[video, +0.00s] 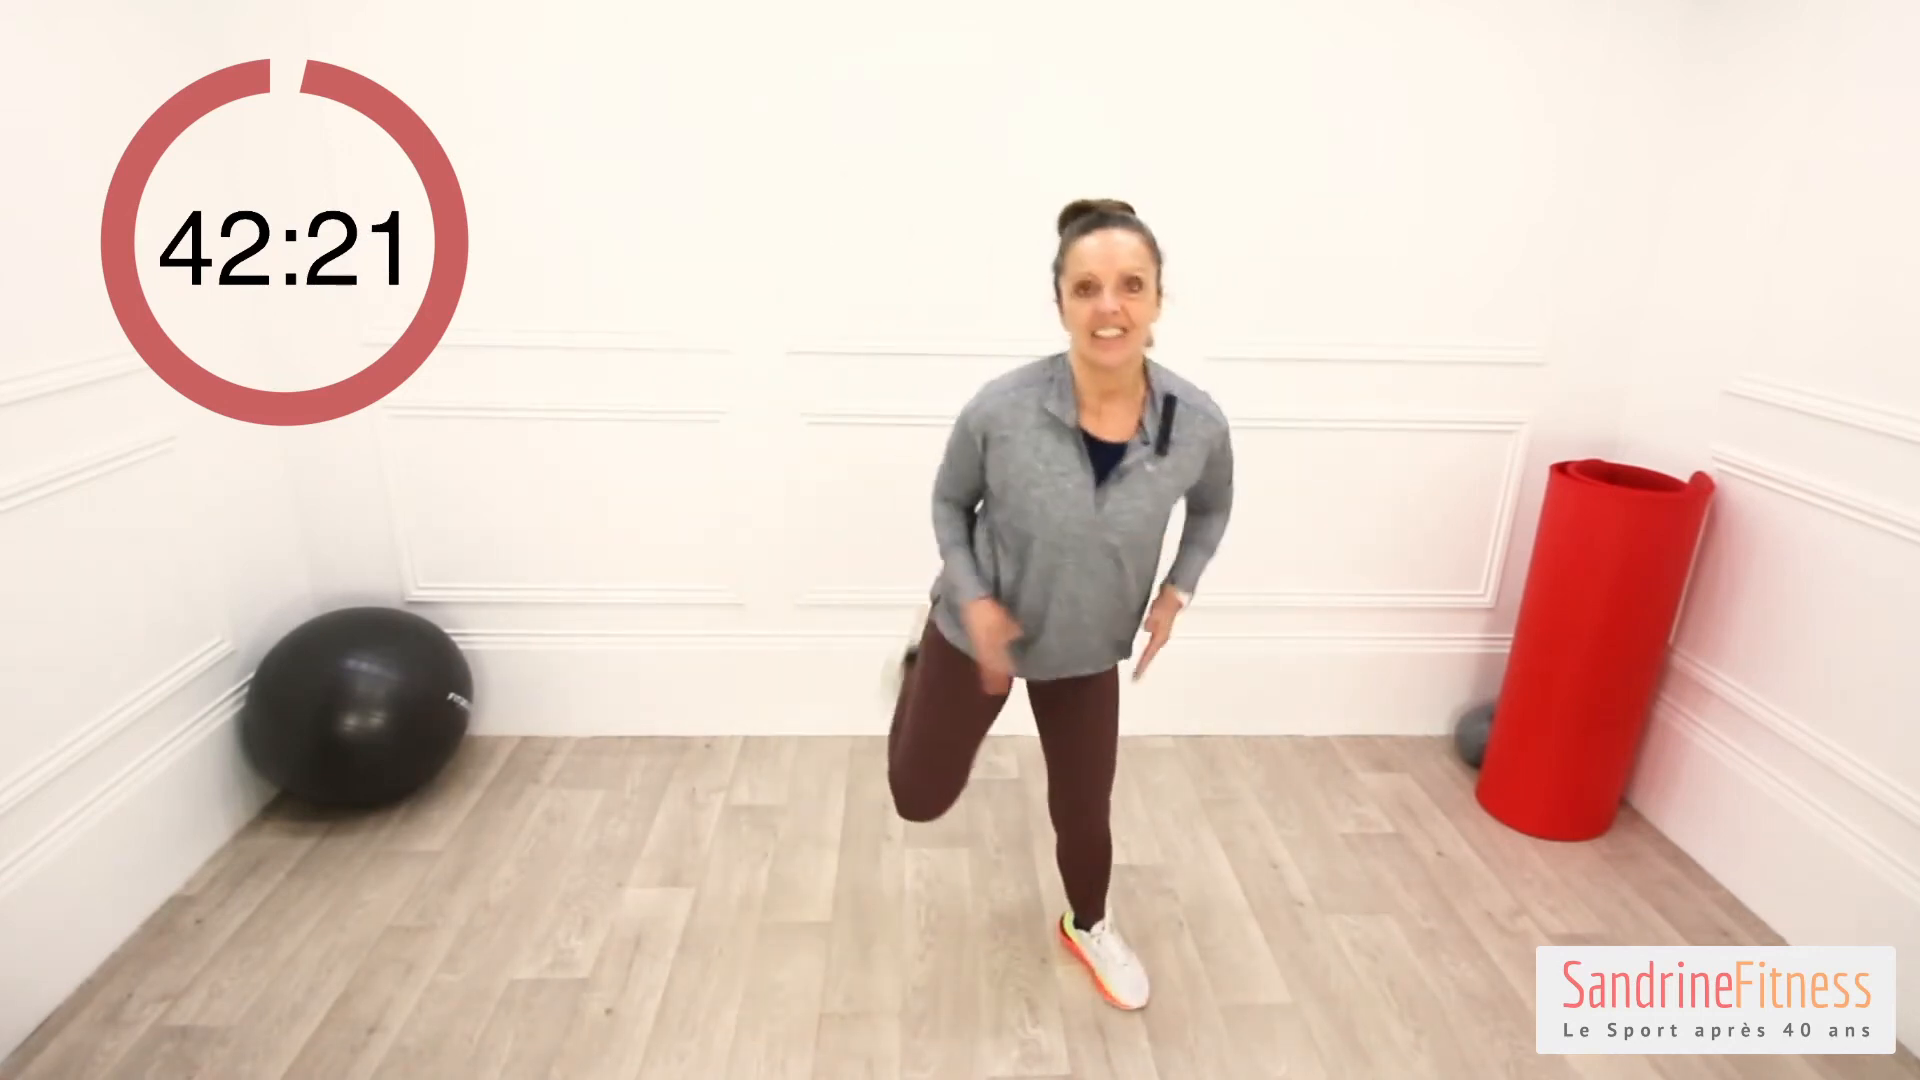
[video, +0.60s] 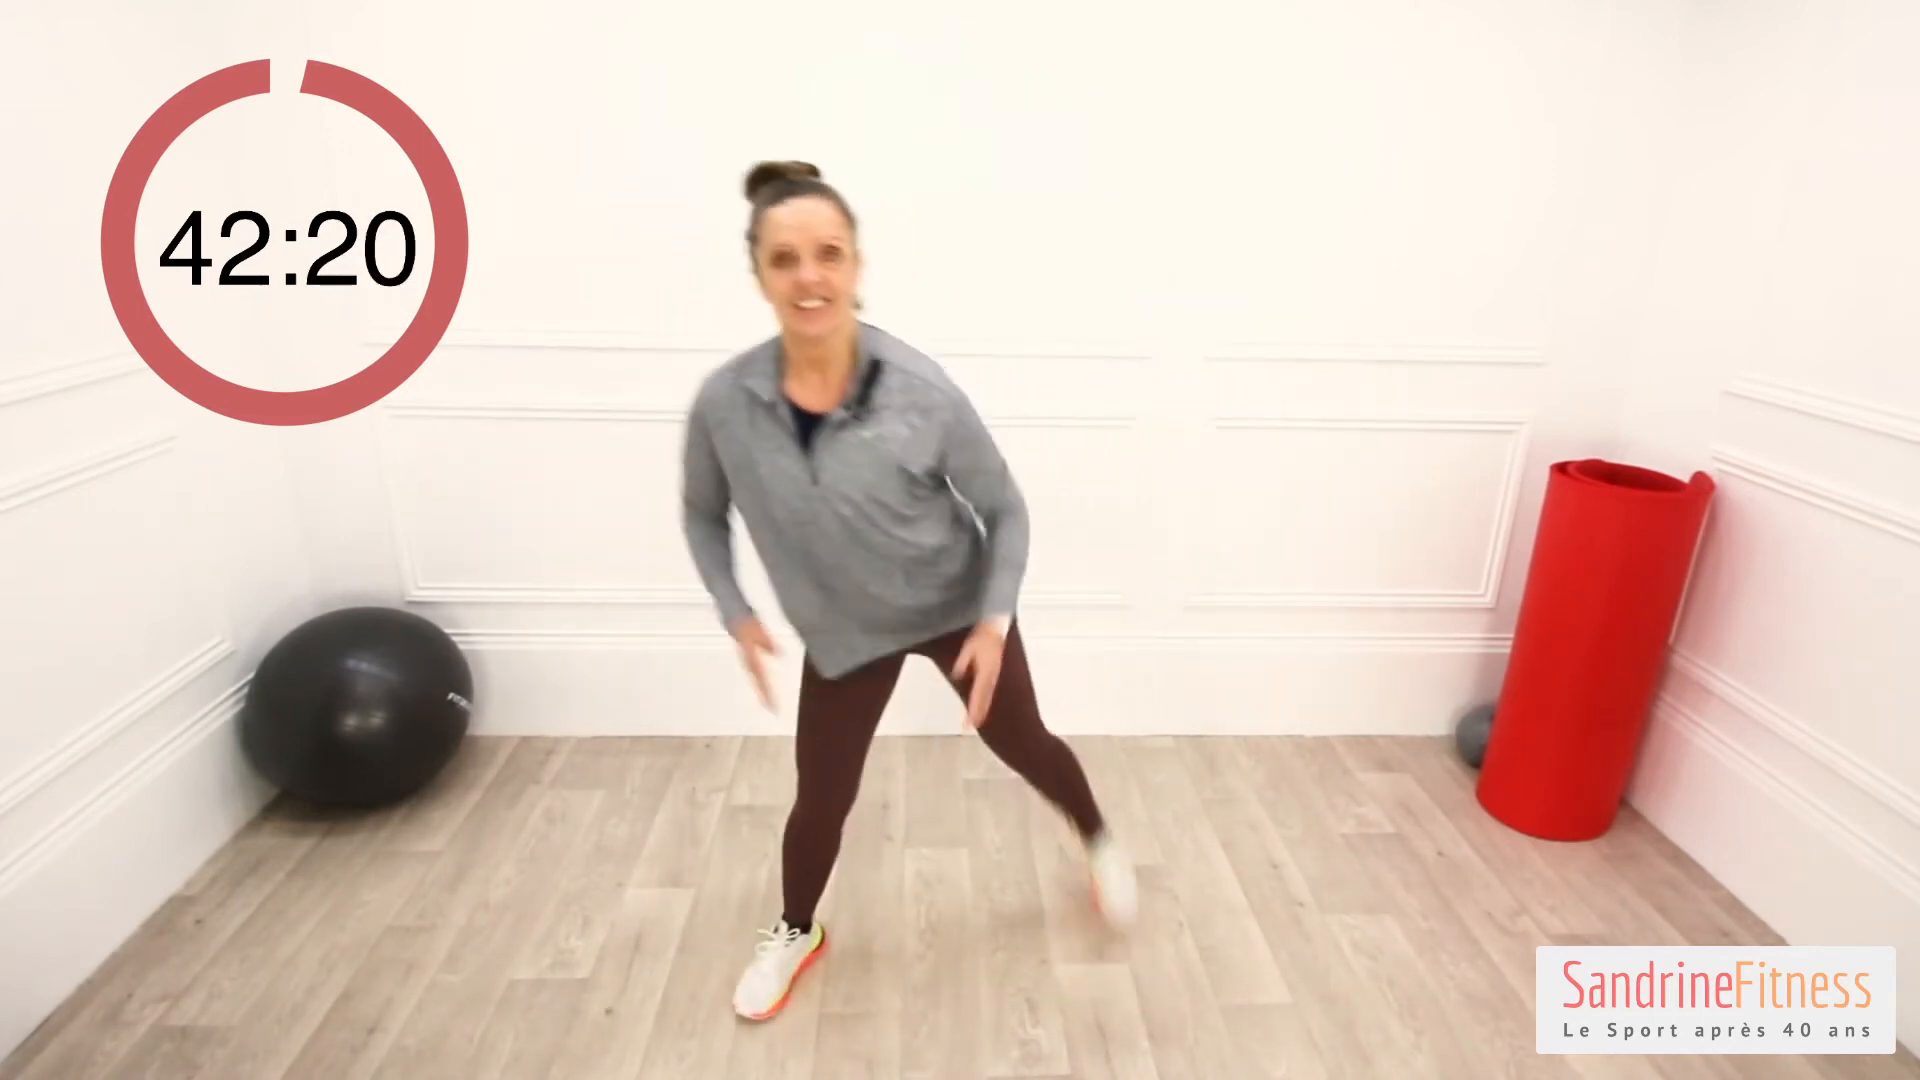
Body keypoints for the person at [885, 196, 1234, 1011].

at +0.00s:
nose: (1111, 308)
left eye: (1131, 286)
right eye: (1088, 289)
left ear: (1158, 301)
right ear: (1060, 306)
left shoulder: (1195, 425)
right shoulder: (1000, 410)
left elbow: (1210, 511)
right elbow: (949, 507)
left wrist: (1177, 588)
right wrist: (972, 605)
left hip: (1087, 652)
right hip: (983, 634)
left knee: (1084, 812)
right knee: (918, 801)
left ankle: (1087, 927)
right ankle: (925, 654)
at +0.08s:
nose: (1085, 289)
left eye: (1105, 267)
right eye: (1063, 270)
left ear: (1135, 280)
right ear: (1036, 285)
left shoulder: (1181, 408)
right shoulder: (981, 397)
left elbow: (1202, 520)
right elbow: (937, 513)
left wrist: (1160, 590)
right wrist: (1003, 588)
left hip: (1083, 639)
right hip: (972, 617)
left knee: (1080, 798)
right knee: (909, 781)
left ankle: (1087, 925)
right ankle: (879, 759)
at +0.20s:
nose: (1029, 288)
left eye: (1047, 266)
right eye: (1006, 271)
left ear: (1078, 276)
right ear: (982, 287)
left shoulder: (1131, 405)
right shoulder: (933, 405)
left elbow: (1159, 548)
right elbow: (926, 548)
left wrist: (1102, 576)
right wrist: (994, 566)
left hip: (1068, 630)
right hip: (955, 613)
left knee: (1070, 790)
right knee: (887, 768)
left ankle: (1087, 924)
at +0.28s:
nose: (979, 313)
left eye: (998, 289)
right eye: (957, 294)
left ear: (1028, 299)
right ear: (934, 310)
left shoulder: (1080, 424)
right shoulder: (893, 424)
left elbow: (1108, 568)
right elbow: (902, 568)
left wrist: (1054, 598)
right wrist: (957, 592)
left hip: (1048, 647)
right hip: (935, 639)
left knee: (1060, 804)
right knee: (877, 790)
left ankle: (1088, 926)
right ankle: (809, 919)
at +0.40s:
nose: (926, 326)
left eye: (944, 303)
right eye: (903, 307)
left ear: (972, 312)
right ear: (879, 321)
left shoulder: (1025, 432)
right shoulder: (844, 436)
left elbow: (1049, 574)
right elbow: (859, 578)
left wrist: (1001, 646)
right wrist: (912, 643)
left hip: (1013, 636)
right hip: (904, 639)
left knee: (1038, 804)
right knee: (857, 805)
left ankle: (1089, 929)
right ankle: (796, 932)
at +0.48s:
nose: (871, 308)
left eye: (890, 285)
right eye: (849, 289)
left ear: (920, 294)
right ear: (824, 303)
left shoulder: (972, 418)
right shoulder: (791, 425)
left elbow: (1016, 570)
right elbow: (786, 568)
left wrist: (979, 667)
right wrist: (833, 650)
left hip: (980, 623)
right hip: (869, 635)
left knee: (1035, 778)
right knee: (833, 807)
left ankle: (1098, 916)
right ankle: (795, 931)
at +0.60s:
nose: (809, 280)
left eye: (828, 255)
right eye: (784, 261)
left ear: (858, 266)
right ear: (758, 280)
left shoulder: (922, 393)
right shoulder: (724, 405)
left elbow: (1006, 512)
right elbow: (704, 515)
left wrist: (994, 622)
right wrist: (738, 615)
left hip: (956, 607)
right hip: (844, 629)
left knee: (1023, 744)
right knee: (821, 795)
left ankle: (1099, 841)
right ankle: (795, 930)